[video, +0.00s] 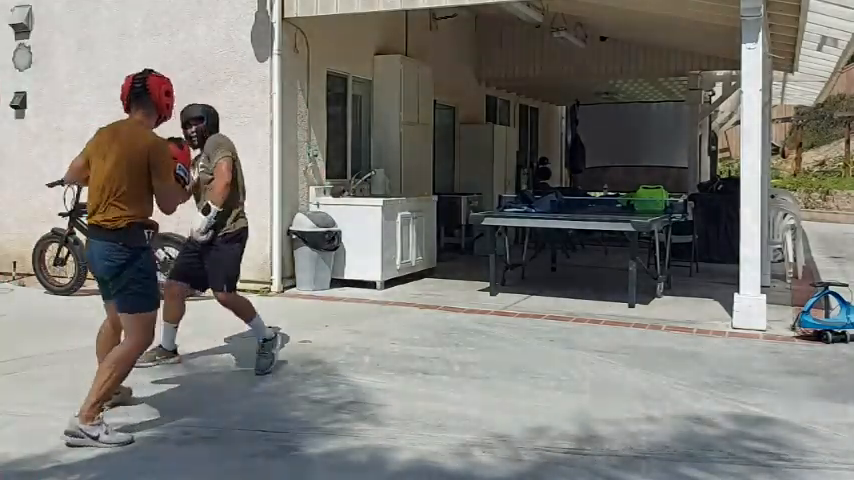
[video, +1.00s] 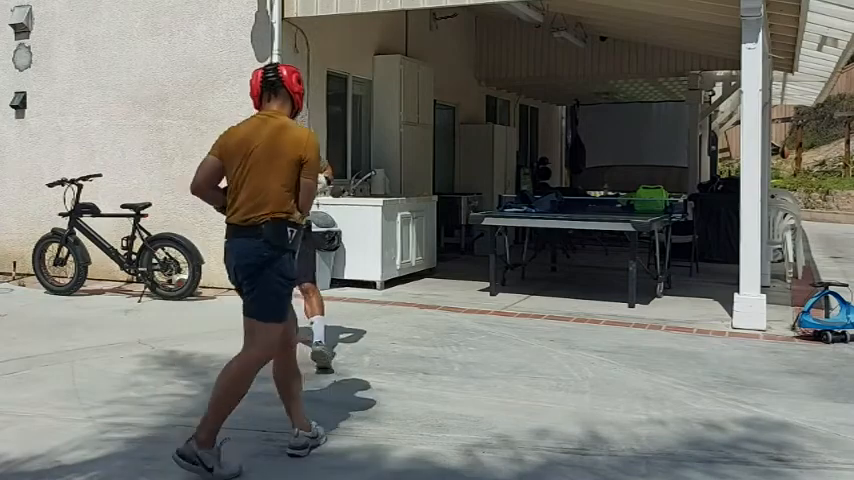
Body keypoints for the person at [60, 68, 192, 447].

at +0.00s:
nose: (170, 109)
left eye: (168, 102)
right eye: (168, 102)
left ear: (130, 102)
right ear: (161, 104)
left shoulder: (104, 134)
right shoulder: (155, 145)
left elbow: (74, 174)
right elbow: (168, 203)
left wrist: (110, 180)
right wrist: (187, 183)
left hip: (98, 244)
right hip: (128, 247)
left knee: (115, 320)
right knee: (139, 337)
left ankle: (109, 390)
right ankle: (86, 419)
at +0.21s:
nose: (163, 90)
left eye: (162, 82)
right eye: (161, 82)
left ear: (122, 79)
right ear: (151, 79)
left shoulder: (95, 114)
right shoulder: (141, 118)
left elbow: (70, 164)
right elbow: (151, 187)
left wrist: (116, 157)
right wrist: (171, 157)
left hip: (81, 227)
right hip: (115, 229)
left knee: (83, 320)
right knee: (144, 323)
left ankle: (24, 398)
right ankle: (113, 421)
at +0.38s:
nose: (167, 117)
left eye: (166, 108)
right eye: (166, 108)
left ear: (126, 107)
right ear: (156, 106)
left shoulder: (101, 142)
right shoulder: (140, 148)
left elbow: (106, 205)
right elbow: (143, 216)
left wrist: (155, 195)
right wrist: (169, 191)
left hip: (74, 258)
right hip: (110, 262)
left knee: (38, 350)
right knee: (146, 357)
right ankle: (177, 449)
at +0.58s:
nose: (218, 103)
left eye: (217, 96)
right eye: (217, 95)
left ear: (175, 94)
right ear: (209, 91)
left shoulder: (149, 133)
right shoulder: (205, 127)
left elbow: (124, 197)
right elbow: (215, 186)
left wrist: (184, 195)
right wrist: (232, 175)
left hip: (133, 245)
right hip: (172, 246)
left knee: (135, 339)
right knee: (177, 357)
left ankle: (57, 405)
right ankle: (186, 458)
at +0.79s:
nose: (260, 98)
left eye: (256, 92)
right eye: (258, 91)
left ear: (216, 90)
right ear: (251, 88)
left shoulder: (191, 126)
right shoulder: (256, 127)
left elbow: (156, 180)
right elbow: (272, 193)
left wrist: (195, 197)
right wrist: (270, 179)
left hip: (184, 238)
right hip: (217, 241)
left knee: (229, 328)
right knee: (204, 355)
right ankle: (187, 456)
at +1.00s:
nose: (301, 103)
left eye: (297, 97)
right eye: (299, 97)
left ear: (259, 96)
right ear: (294, 96)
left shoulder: (233, 134)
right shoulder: (304, 136)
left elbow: (201, 186)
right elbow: (305, 205)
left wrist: (234, 203)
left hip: (237, 248)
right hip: (272, 249)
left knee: (285, 337)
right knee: (259, 349)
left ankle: (302, 430)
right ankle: (201, 443)